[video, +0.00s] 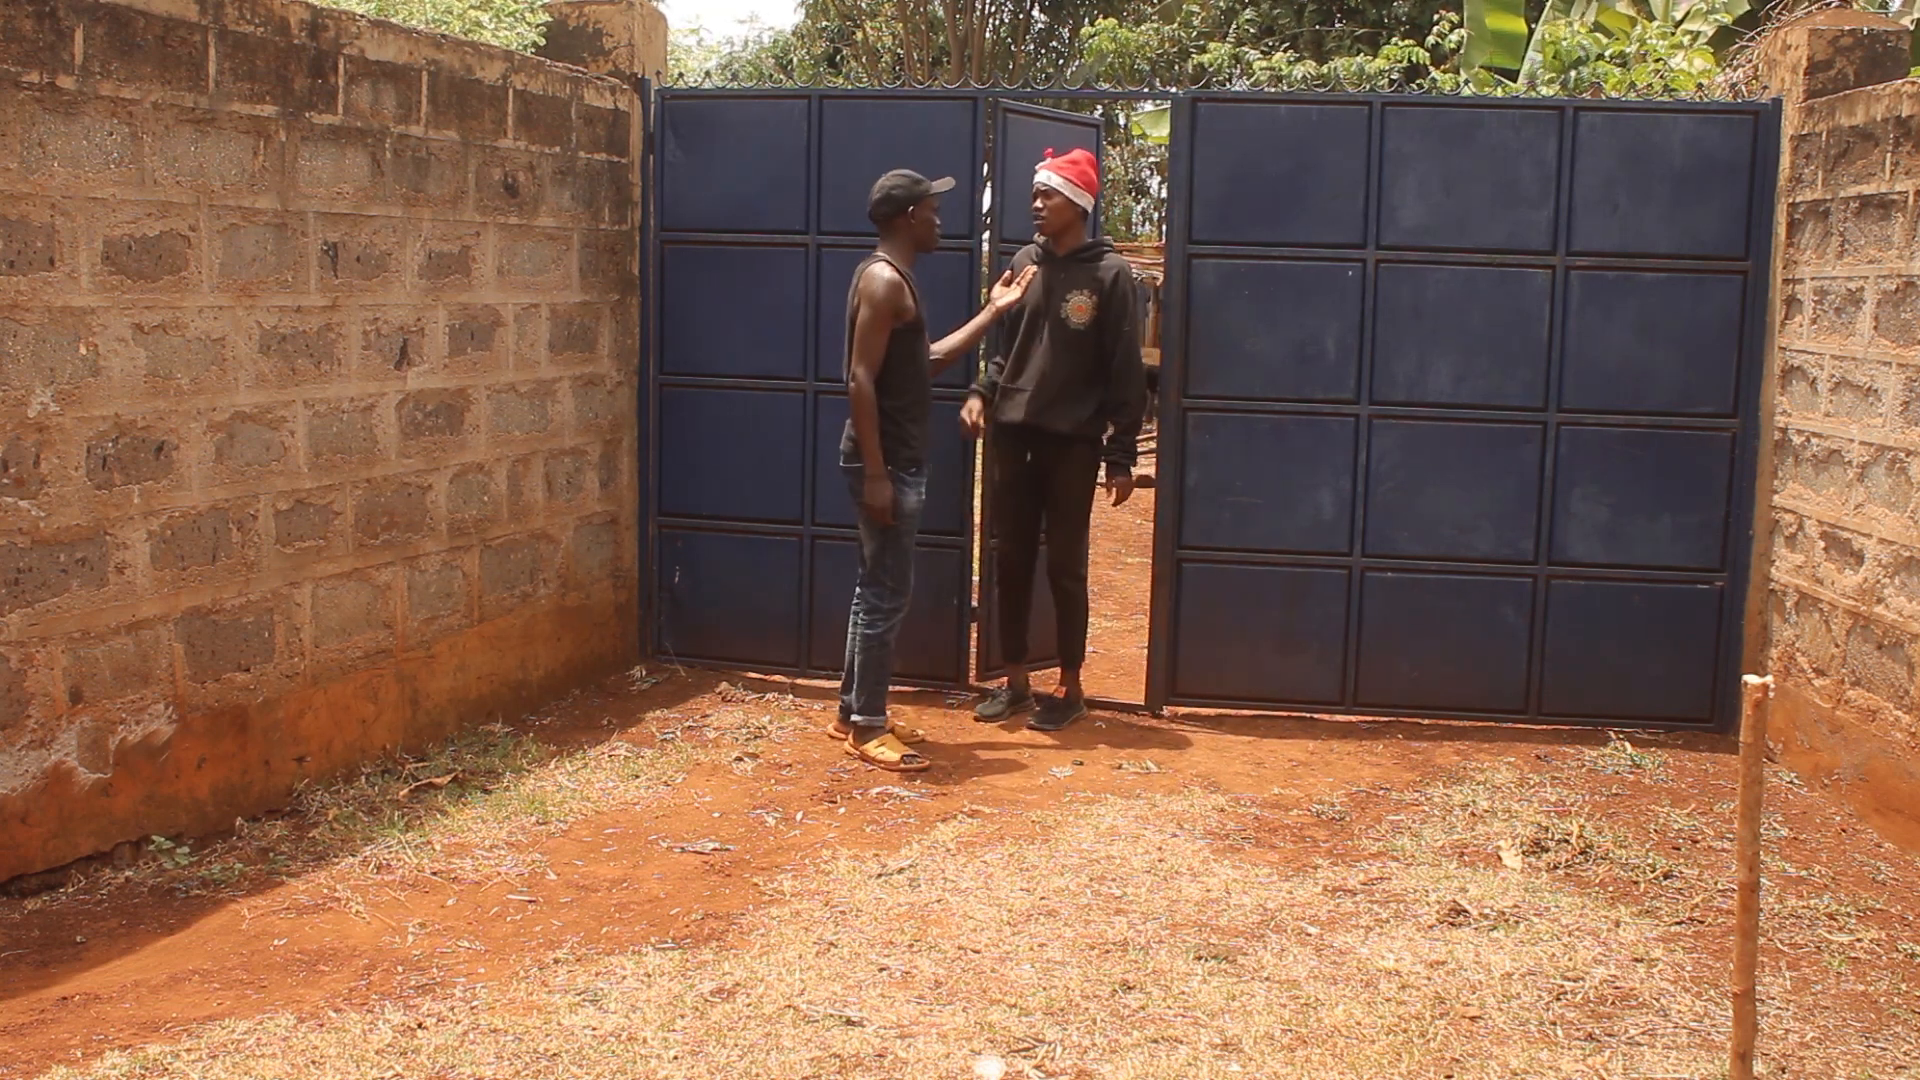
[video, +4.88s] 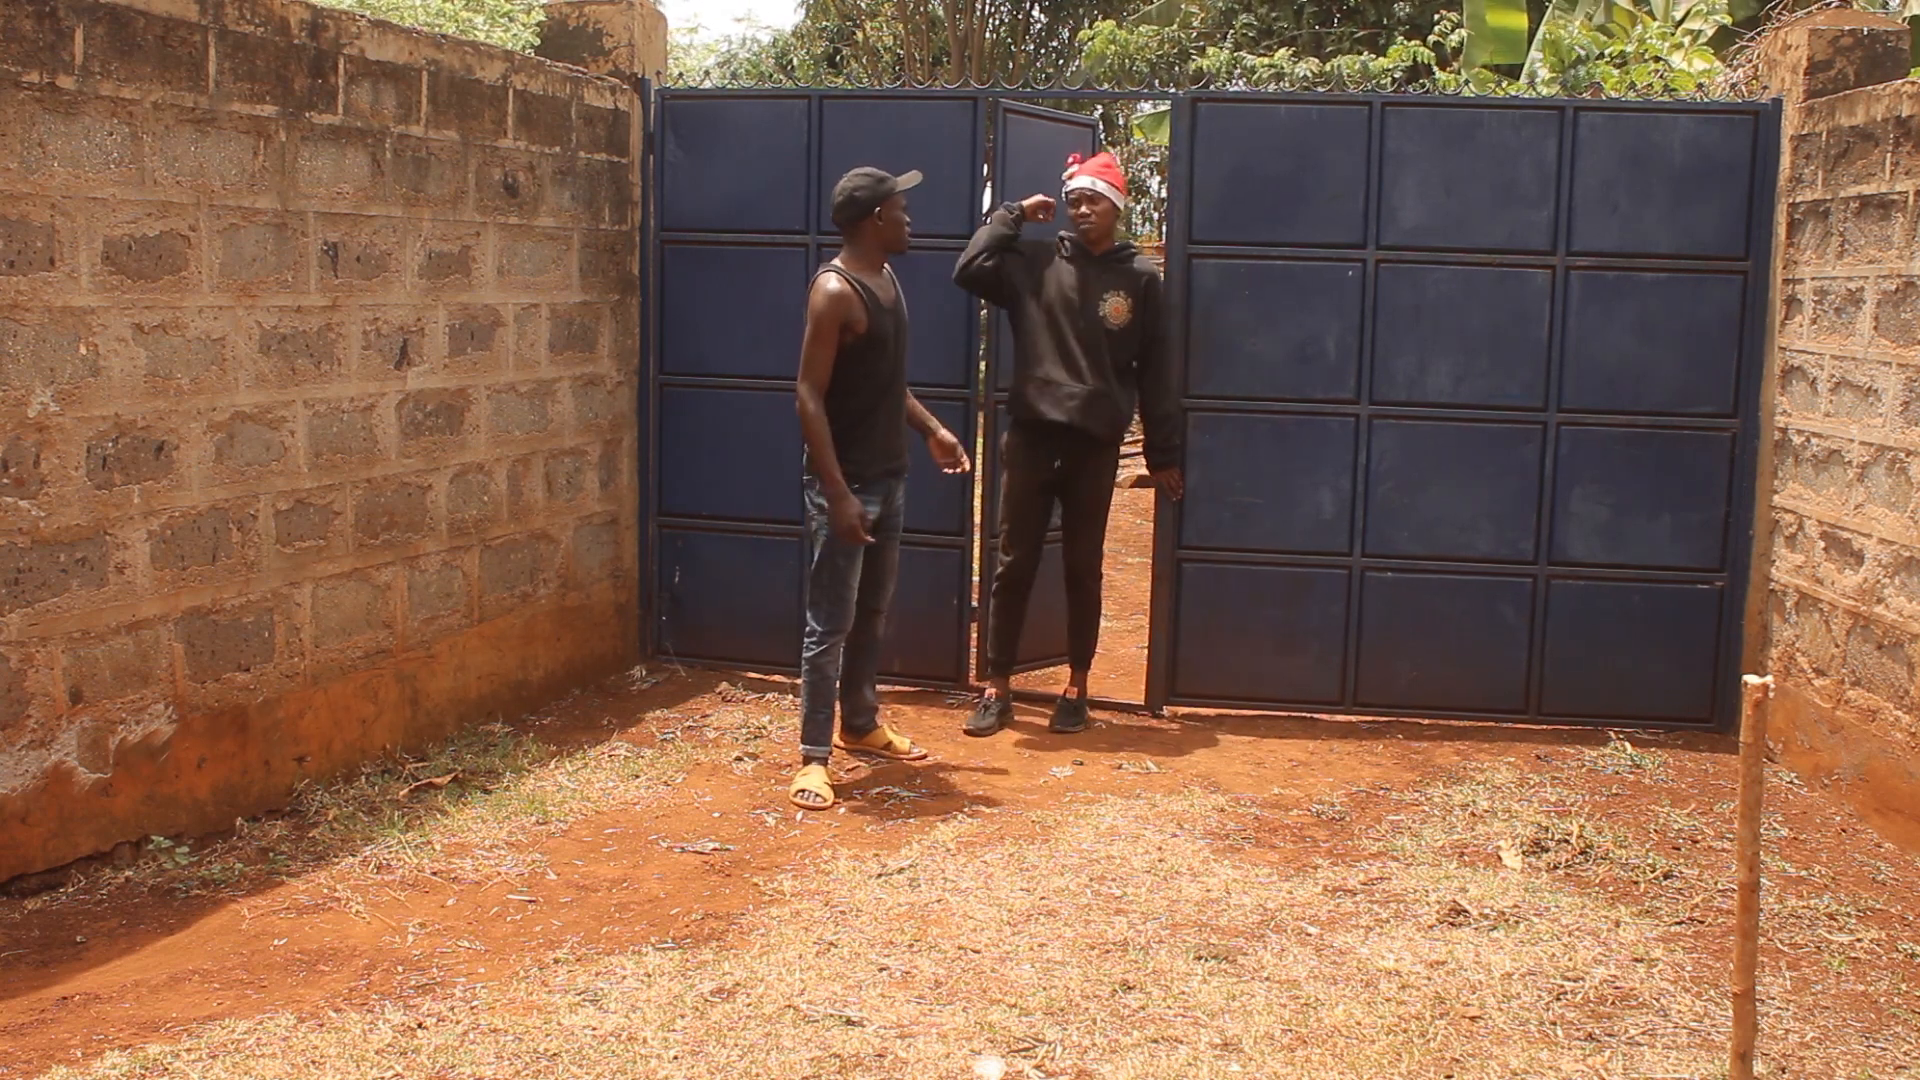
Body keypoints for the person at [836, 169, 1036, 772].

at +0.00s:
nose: (940, 220)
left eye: (937, 210)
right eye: (933, 210)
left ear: (901, 219)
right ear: (908, 217)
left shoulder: (891, 277)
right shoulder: (884, 281)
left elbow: (927, 358)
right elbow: (860, 379)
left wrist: (991, 309)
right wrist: (875, 472)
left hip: (896, 459)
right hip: (887, 463)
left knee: (879, 588)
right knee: (886, 592)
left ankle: (855, 706)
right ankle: (868, 725)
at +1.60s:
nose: (938, 237)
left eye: (940, 227)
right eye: (930, 226)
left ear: (917, 227)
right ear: (892, 223)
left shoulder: (917, 274)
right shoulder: (855, 288)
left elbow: (983, 286)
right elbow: (838, 387)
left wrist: (1055, 275)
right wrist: (863, 477)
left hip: (915, 461)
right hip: (872, 465)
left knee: (896, 593)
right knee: (866, 596)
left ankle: (860, 707)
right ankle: (862, 725)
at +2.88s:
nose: (952, 258)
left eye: (957, 248)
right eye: (946, 245)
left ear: (949, 242)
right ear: (912, 228)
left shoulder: (926, 283)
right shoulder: (859, 277)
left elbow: (950, 331)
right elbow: (811, 363)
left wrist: (1018, 294)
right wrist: (809, 453)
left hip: (904, 465)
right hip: (854, 463)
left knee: (885, 595)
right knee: (845, 593)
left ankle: (860, 713)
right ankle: (811, 725)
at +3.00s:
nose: (939, 256)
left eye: (945, 246)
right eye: (931, 244)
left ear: (942, 240)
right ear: (899, 230)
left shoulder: (925, 285)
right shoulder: (848, 282)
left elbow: (939, 350)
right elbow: (803, 370)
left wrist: (1013, 371)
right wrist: (809, 460)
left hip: (903, 469)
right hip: (848, 465)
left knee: (884, 598)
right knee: (842, 596)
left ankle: (859, 710)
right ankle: (819, 733)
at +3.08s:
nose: (926, 253)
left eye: (933, 244)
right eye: (917, 241)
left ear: (936, 240)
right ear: (886, 230)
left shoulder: (924, 286)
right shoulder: (836, 286)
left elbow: (936, 361)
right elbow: (799, 375)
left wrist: (982, 419)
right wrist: (804, 464)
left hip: (902, 470)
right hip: (844, 469)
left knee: (882, 600)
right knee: (838, 601)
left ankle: (860, 711)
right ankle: (820, 738)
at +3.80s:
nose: (906, 222)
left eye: (903, 212)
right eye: (898, 213)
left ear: (870, 219)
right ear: (871, 219)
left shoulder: (873, 280)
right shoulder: (824, 288)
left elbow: (869, 386)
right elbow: (795, 387)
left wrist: (891, 460)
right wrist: (840, 471)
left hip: (878, 475)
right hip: (833, 478)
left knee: (878, 608)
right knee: (828, 623)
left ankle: (864, 723)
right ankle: (813, 760)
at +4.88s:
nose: (910, 215)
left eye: (905, 205)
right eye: (901, 206)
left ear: (873, 220)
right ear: (872, 220)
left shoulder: (884, 281)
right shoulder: (833, 294)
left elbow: (883, 379)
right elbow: (808, 397)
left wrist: (931, 427)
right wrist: (838, 494)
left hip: (887, 477)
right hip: (841, 483)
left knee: (871, 611)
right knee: (828, 623)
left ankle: (861, 725)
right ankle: (814, 758)